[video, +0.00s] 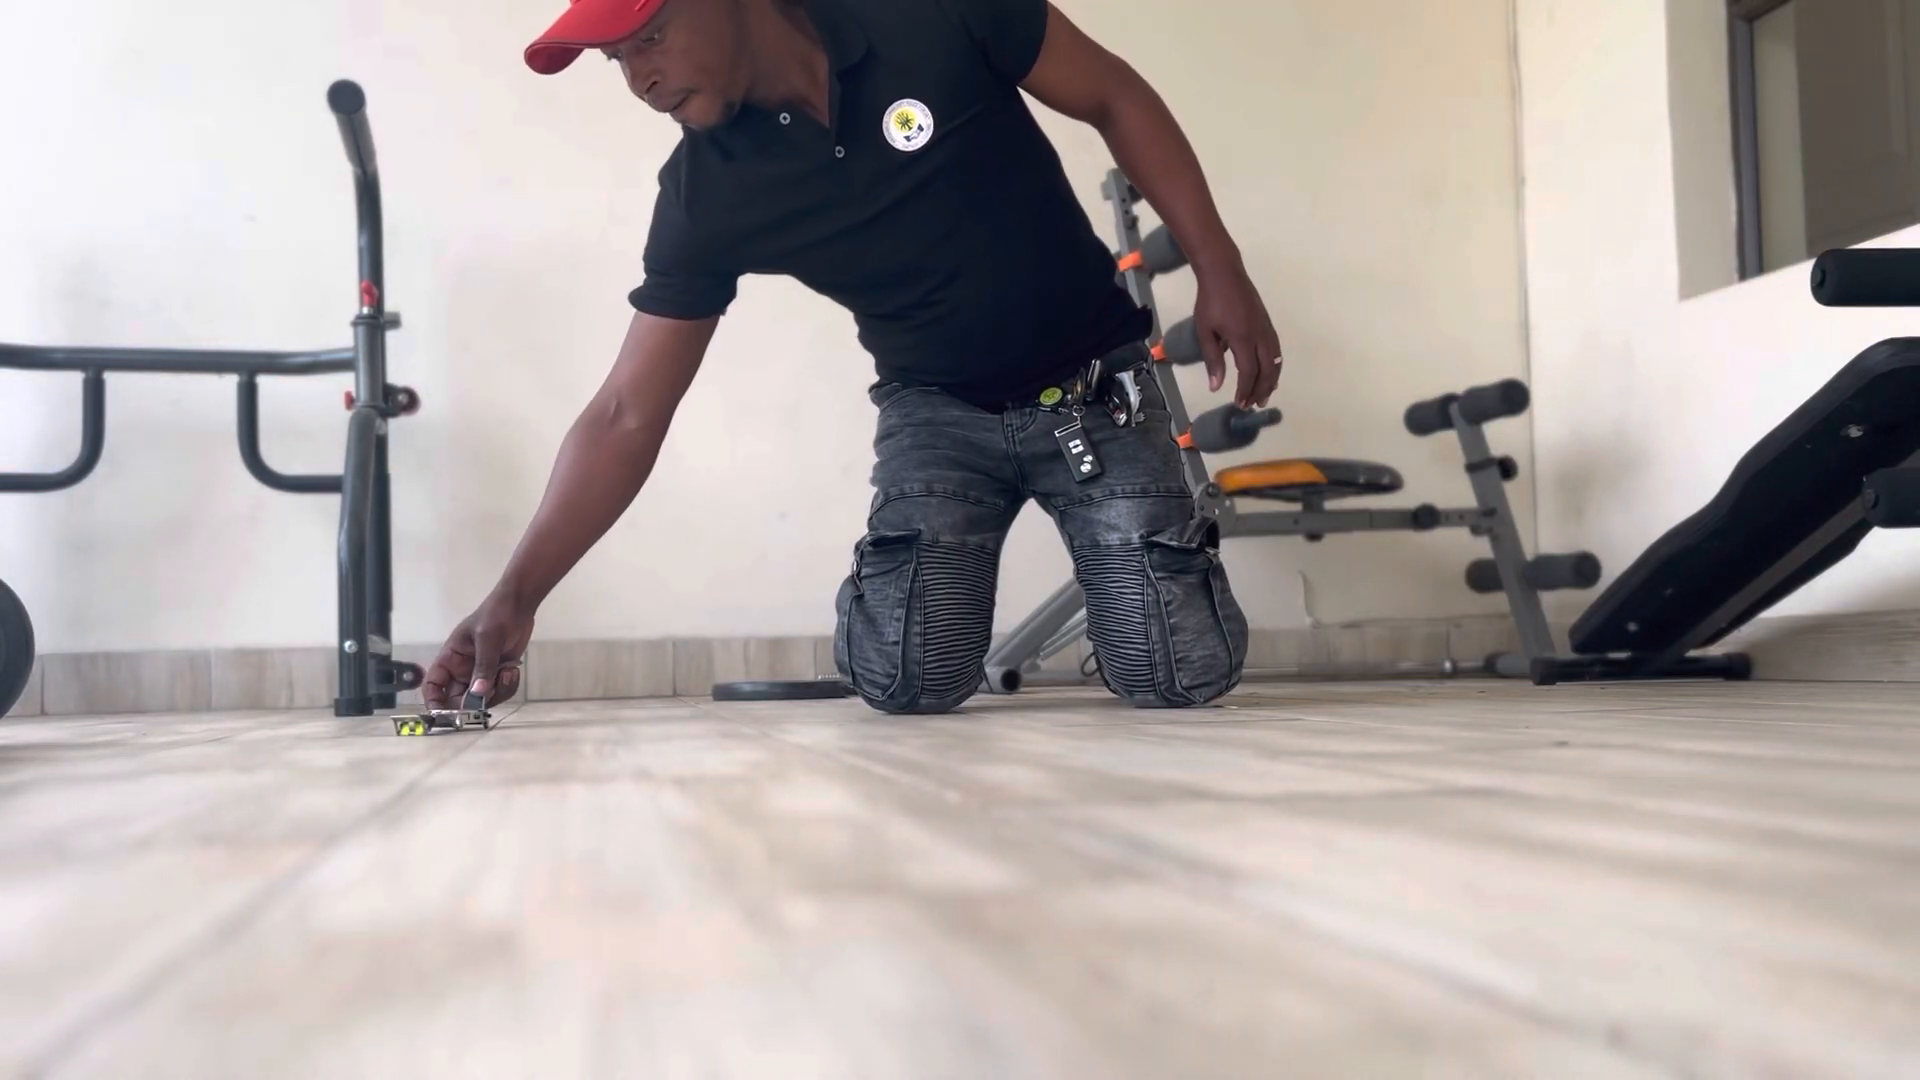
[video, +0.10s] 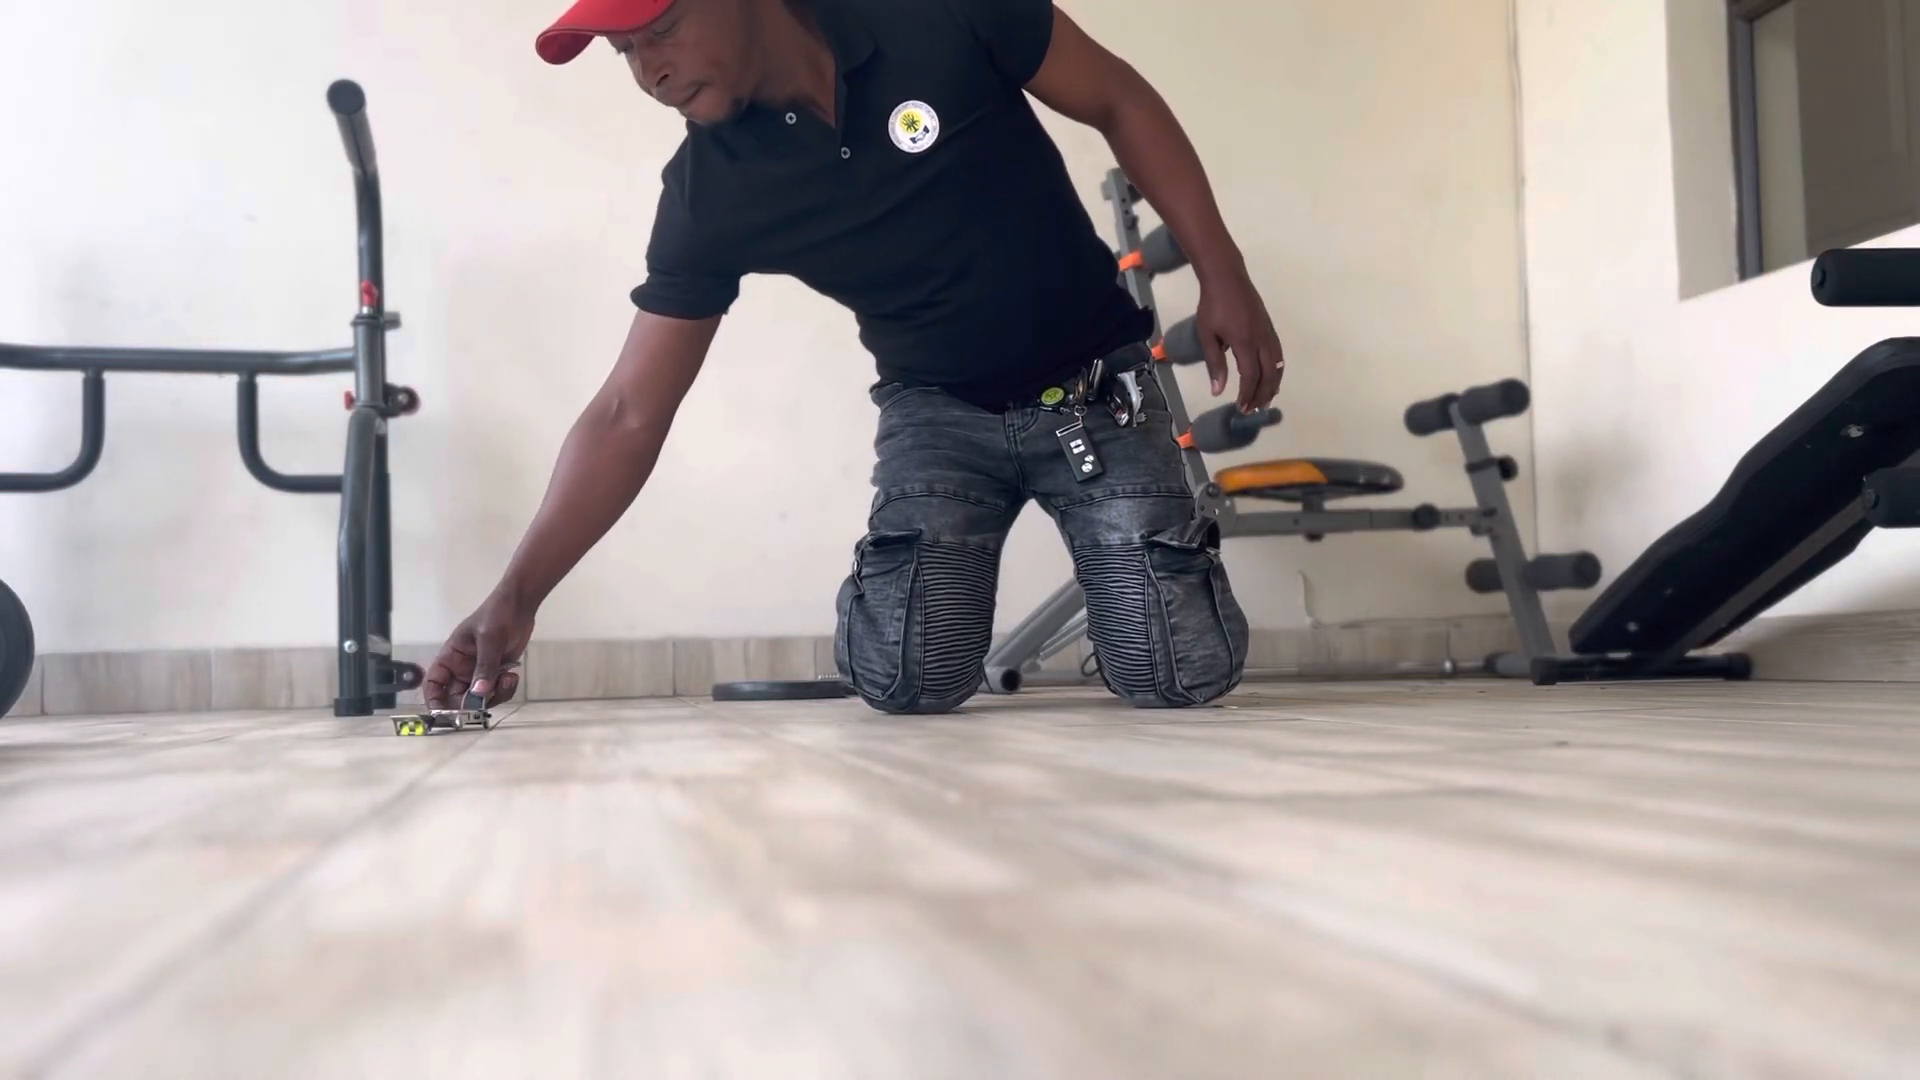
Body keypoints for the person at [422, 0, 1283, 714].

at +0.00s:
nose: (638, 80)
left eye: (648, 40)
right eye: (617, 62)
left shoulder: (935, 19)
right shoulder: (707, 190)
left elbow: (1116, 96)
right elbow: (620, 419)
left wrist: (1220, 269)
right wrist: (511, 601)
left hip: (1098, 380)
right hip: (936, 409)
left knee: (1188, 671)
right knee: (907, 675)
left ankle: (1118, 609)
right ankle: (956, 627)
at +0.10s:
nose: (644, 73)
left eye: (656, 35)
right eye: (625, 54)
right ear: (624, 58)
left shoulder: (943, 20)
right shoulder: (710, 189)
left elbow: (1120, 100)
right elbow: (622, 418)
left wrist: (1222, 273)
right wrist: (512, 601)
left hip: (1099, 383)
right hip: (936, 409)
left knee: (1184, 673)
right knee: (906, 676)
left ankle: (1132, 603)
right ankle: (952, 625)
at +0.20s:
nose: (657, 51)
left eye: (671, 10)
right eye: (631, 30)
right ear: (625, 40)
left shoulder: (946, 21)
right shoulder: (713, 188)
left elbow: (1124, 103)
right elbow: (624, 417)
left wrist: (1224, 277)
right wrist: (511, 605)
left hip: (1100, 382)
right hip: (937, 408)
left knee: (1182, 672)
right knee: (906, 672)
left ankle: (1136, 601)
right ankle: (950, 626)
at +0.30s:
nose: (680, 29)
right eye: (651, 10)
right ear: (640, 27)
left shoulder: (947, 19)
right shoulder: (715, 186)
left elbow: (1126, 105)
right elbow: (624, 417)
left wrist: (1226, 282)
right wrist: (514, 604)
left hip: (1098, 378)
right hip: (937, 406)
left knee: (1184, 671)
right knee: (910, 670)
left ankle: (1131, 606)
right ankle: (942, 629)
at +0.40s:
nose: (710, 18)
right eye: (685, 1)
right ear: (671, 14)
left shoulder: (962, 23)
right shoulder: (720, 175)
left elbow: (1134, 113)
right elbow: (631, 413)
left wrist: (1235, 296)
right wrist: (520, 609)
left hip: (1098, 378)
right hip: (938, 407)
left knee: (1186, 671)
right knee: (909, 673)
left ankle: (1123, 601)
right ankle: (947, 626)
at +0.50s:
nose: (743, 18)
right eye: (716, 4)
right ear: (697, 11)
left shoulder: (975, 22)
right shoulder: (726, 166)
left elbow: (1144, 122)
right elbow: (646, 409)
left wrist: (1244, 313)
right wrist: (546, 595)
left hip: (1101, 381)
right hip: (936, 408)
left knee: (1185, 670)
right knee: (904, 673)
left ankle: (1122, 608)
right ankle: (953, 631)